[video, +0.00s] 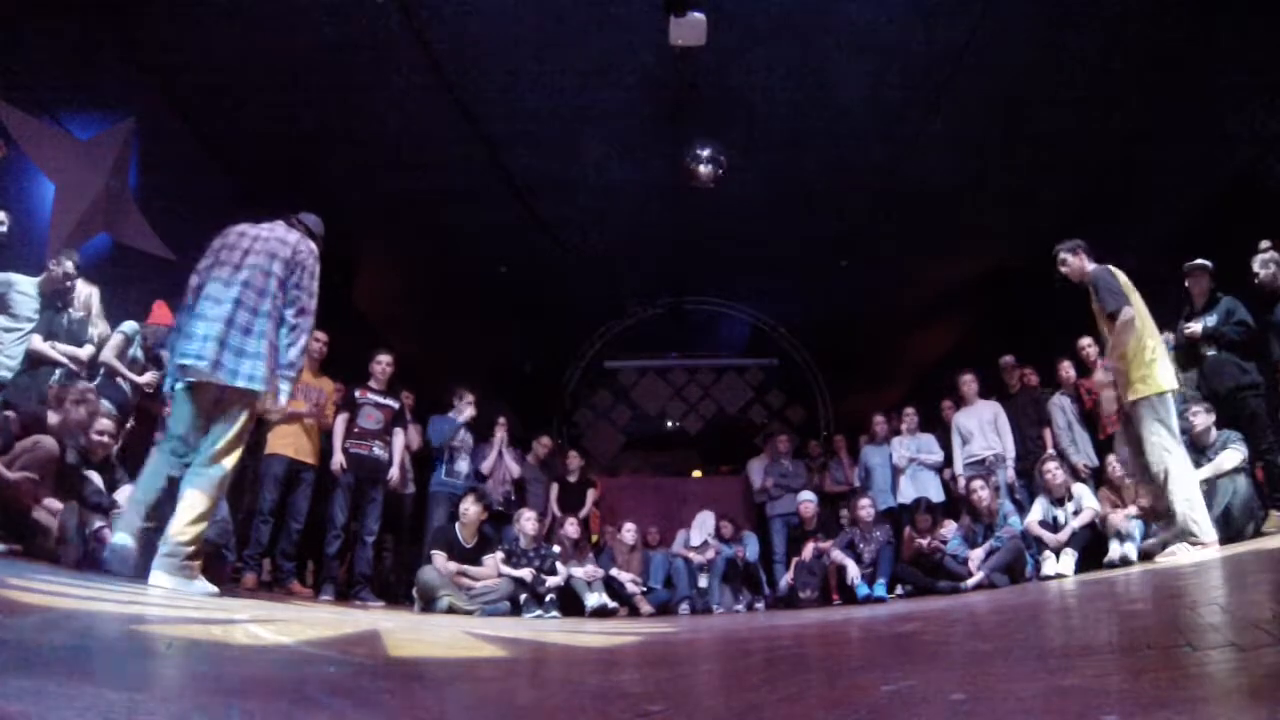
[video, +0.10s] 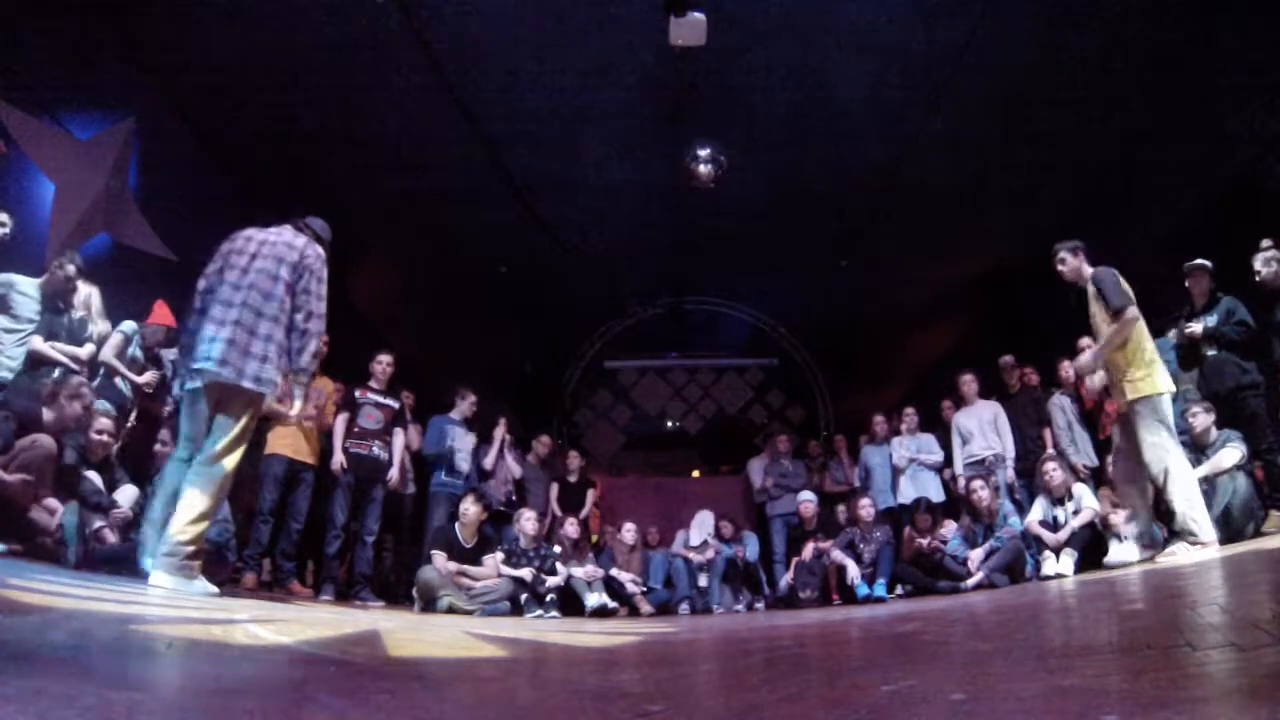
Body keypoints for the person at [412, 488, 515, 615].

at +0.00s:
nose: (465, 508)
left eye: (473, 505)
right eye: (464, 502)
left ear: (483, 515)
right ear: (459, 506)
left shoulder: (485, 539)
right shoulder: (443, 533)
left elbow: (492, 572)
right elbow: (440, 566)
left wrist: (460, 568)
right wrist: (474, 584)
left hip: (476, 590)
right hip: (446, 588)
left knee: (507, 585)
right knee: (426, 573)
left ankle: (453, 605)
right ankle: (476, 609)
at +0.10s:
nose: (465, 508)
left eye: (473, 505)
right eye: (464, 502)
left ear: (483, 515)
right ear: (459, 505)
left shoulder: (486, 538)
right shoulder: (443, 532)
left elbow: (492, 572)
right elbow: (440, 567)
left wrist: (460, 568)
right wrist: (474, 584)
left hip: (476, 590)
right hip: (447, 588)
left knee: (507, 585)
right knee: (427, 573)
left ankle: (454, 605)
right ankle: (476, 609)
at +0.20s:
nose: (465, 508)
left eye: (473, 505)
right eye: (464, 502)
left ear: (483, 515)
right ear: (458, 506)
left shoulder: (486, 538)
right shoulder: (443, 533)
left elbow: (493, 572)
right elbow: (440, 567)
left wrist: (460, 568)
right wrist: (474, 584)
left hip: (476, 590)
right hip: (447, 588)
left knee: (507, 585)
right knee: (427, 574)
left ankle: (454, 605)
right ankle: (476, 609)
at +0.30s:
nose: (465, 508)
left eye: (473, 505)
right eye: (463, 503)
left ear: (483, 515)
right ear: (458, 506)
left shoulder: (485, 538)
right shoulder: (443, 532)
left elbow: (493, 572)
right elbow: (440, 567)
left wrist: (460, 568)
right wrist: (474, 584)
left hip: (476, 590)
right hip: (446, 588)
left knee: (507, 585)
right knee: (427, 574)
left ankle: (454, 605)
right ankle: (477, 609)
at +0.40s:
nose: (465, 508)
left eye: (473, 505)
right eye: (464, 502)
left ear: (483, 515)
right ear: (459, 505)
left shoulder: (485, 538)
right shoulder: (442, 532)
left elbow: (493, 572)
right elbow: (440, 567)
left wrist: (460, 568)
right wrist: (474, 584)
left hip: (476, 590)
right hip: (446, 588)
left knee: (507, 585)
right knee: (426, 573)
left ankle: (454, 605)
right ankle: (477, 609)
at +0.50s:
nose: (465, 508)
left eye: (473, 505)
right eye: (464, 502)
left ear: (483, 515)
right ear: (458, 505)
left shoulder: (483, 538)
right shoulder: (442, 533)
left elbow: (493, 572)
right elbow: (440, 567)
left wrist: (460, 568)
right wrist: (474, 584)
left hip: (476, 590)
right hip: (446, 588)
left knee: (507, 585)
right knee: (427, 574)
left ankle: (454, 605)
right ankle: (477, 609)